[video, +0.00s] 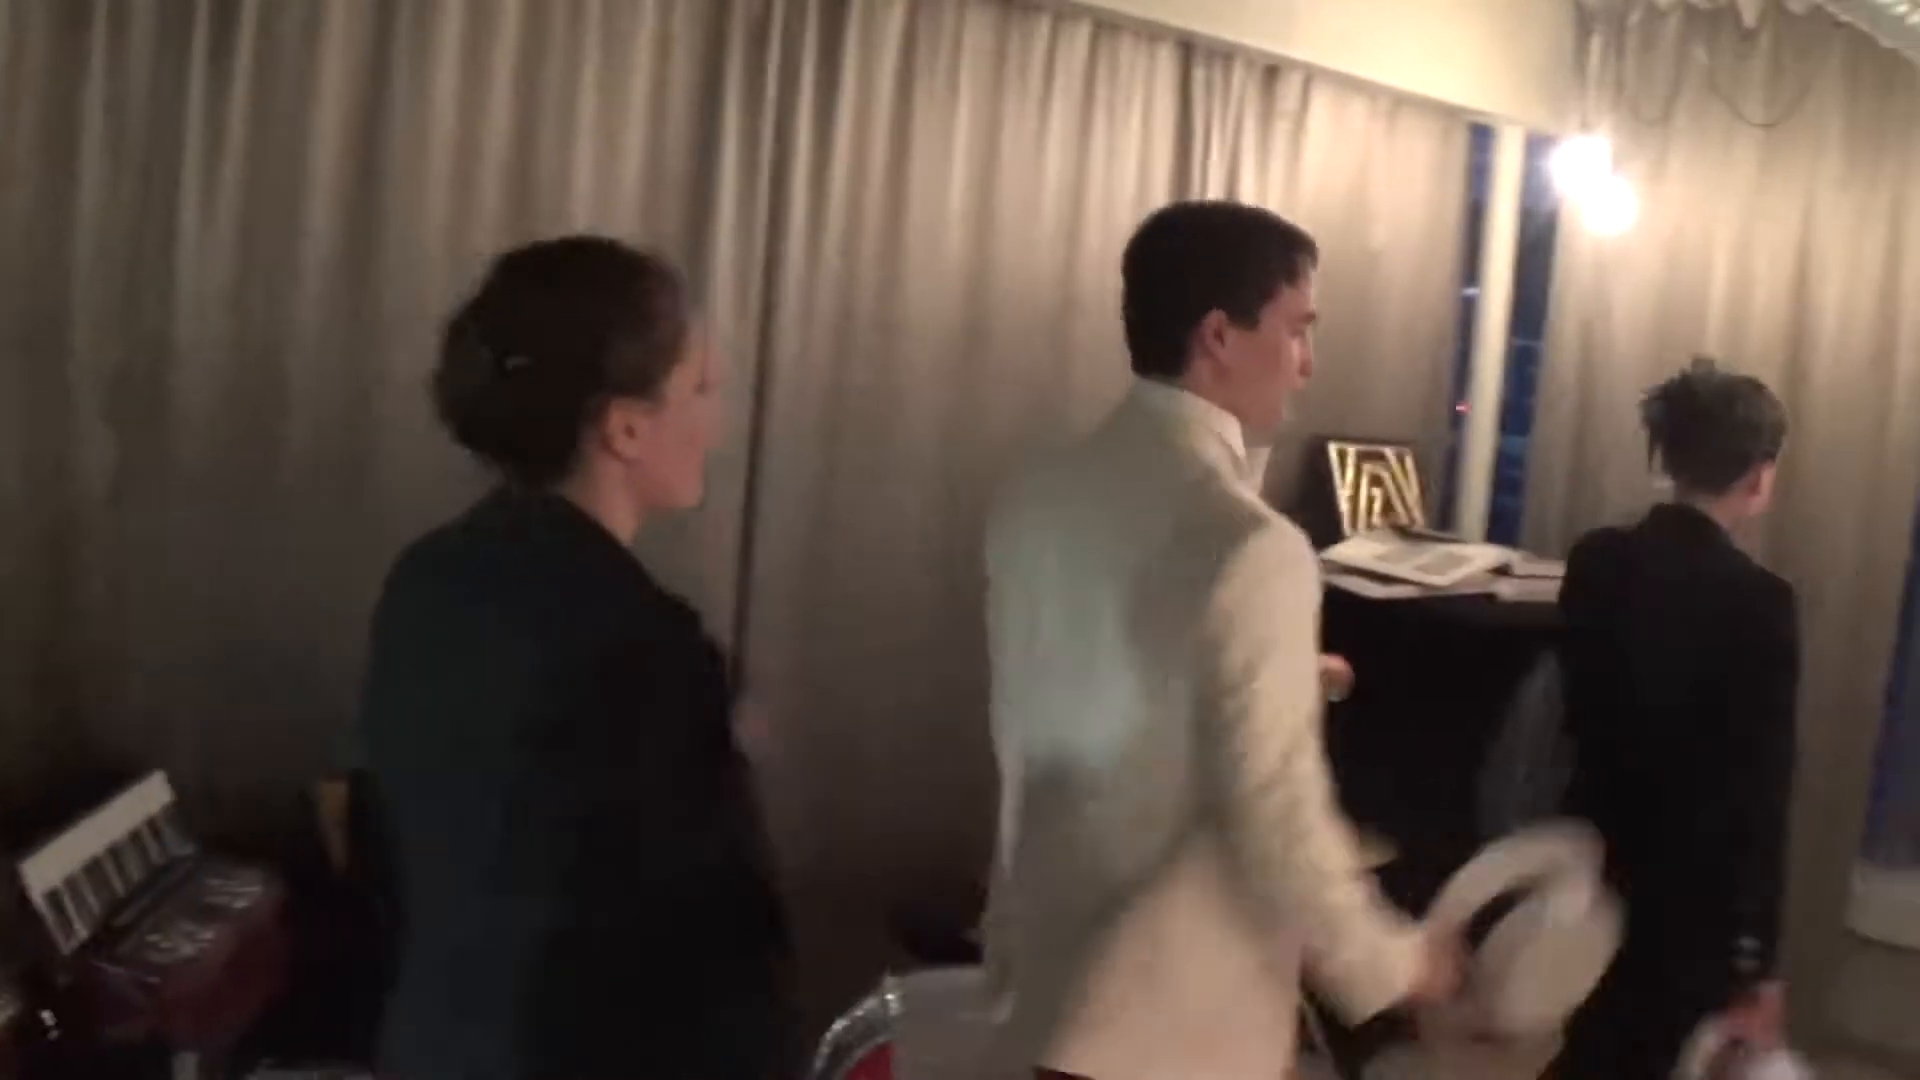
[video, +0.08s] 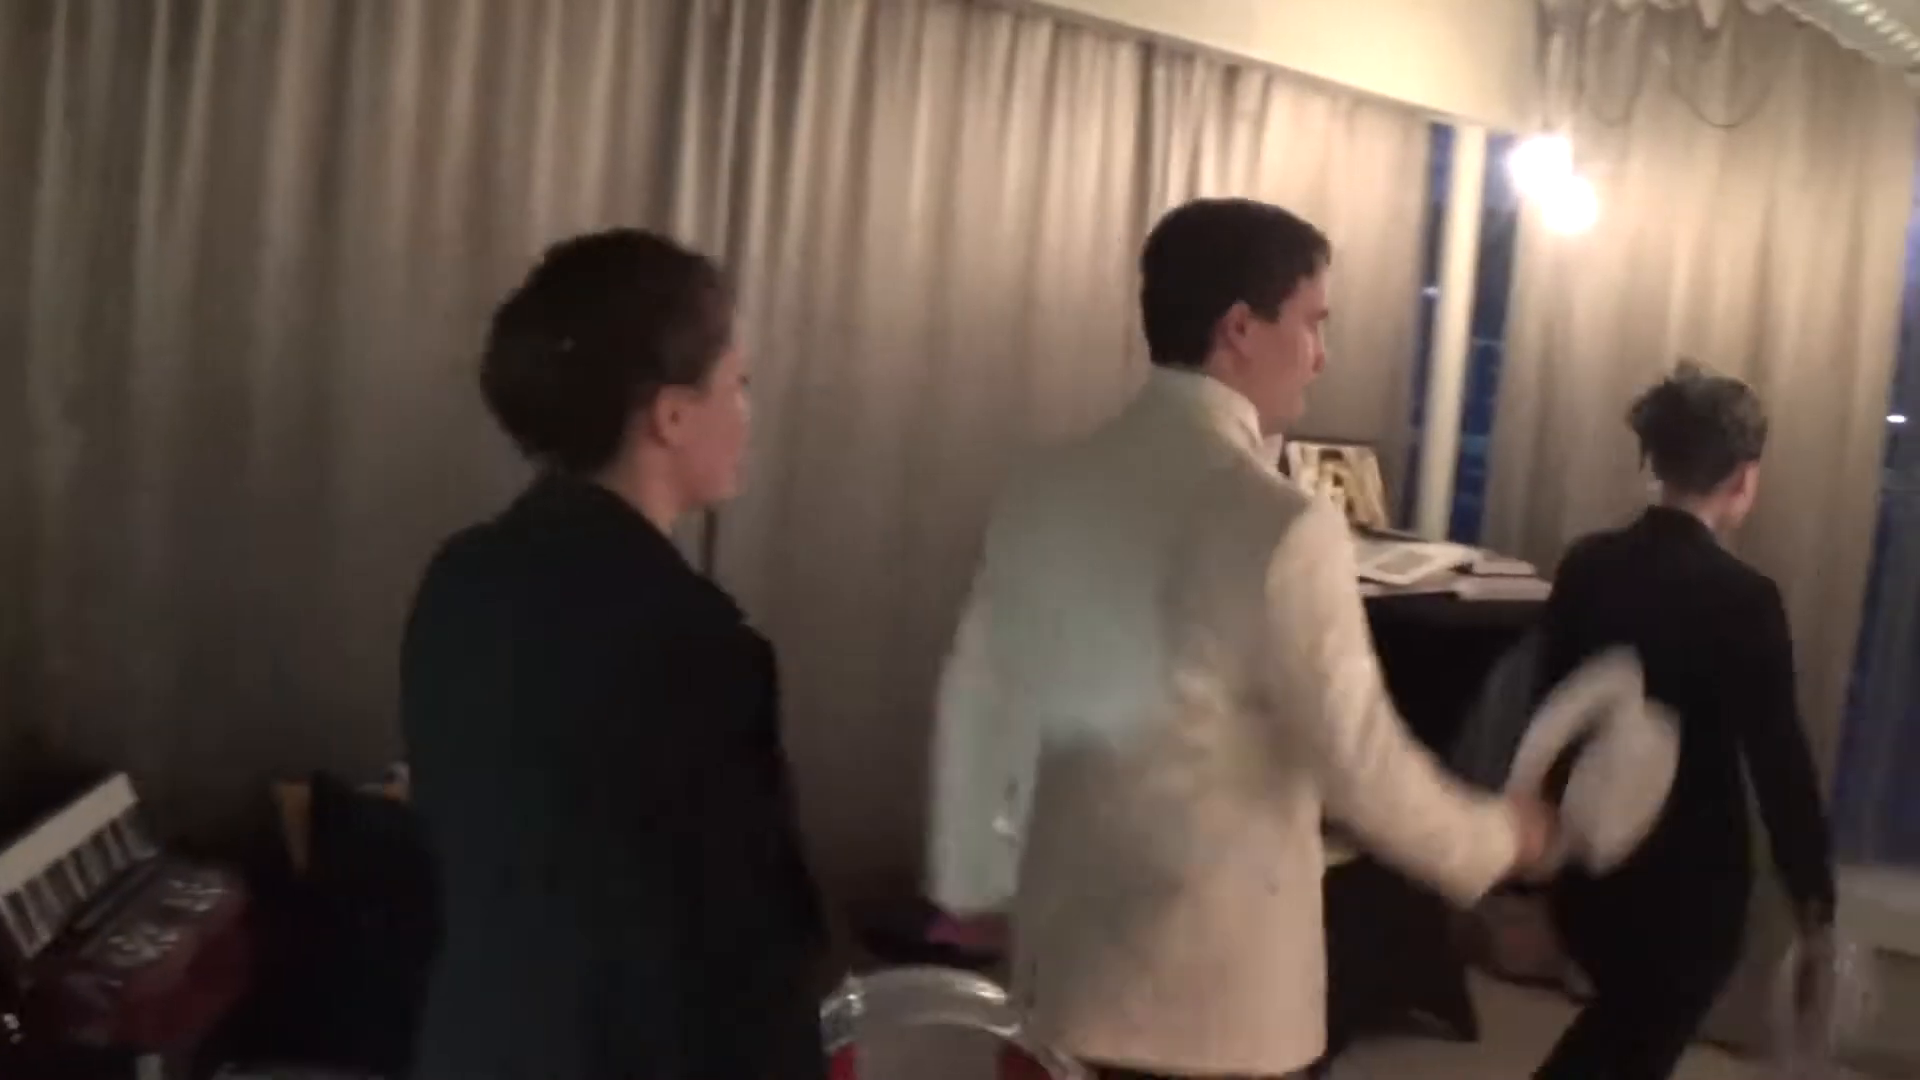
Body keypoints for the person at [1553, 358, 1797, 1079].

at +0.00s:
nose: (1771, 484)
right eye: (1773, 468)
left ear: (1667, 457)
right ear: (1761, 479)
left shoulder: (1595, 560)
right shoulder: (1760, 600)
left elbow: (1579, 719)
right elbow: (1763, 793)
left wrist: (1589, 844)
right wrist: (1759, 961)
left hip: (1604, 844)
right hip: (1703, 863)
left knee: (1600, 1023)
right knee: (1649, 1041)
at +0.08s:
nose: (1757, 486)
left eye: (1754, 467)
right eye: (1758, 470)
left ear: (1655, 462)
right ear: (1742, 478)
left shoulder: (1587, 563)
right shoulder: (1742, 598)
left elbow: (1549, 717)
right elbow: (1777, 759)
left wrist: (1535, 846)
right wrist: (1813, 898)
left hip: (1587, 859)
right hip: (1693, 873)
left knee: (1616, 1023)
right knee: (1642, 1048)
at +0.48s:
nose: (1666, 473)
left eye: (1662, 457)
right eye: (1665, 458)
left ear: (1578, 455)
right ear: (1653, 465)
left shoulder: (1526, 552)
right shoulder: (1673, 569)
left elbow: (1478, 694)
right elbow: (1710, 697)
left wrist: (1447, 822)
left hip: (1528, 805)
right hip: (1620, 814)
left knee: (1558, 1002)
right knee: (1614, 1010)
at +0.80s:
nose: (1664, 463)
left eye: (1665, 450)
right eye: (1665, 450)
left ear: (1585, 441)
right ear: (1650, 455)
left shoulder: (1526, 516)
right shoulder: (1652, 543)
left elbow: (1532, 606)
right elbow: (1637, 659)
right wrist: (1616, 759)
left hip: (1519, 742)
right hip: (1604, 762)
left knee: (1508, 957)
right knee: (1577, 959)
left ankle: (1489, 1065)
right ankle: (1549, 1068)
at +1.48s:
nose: (1627, 434)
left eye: (1631, 419)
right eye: (1612, 418)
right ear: (1562, 417)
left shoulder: (1569, 497)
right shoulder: (1546, 507)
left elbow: (1565, 634)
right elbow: (1571, 667)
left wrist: (1627, 637)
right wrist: (1649, 666)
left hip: (1546, 721)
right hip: (1534, 731)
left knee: (1542, 893)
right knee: (1562, 906)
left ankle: (1473, 1024)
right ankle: (1447, 1032)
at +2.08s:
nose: (1495, 362)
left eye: (1501, 345)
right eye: (1482, 341)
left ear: (1492, 340)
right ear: (1432, 328)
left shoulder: (1457, 418)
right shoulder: (1389, 398)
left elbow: (1470, 495)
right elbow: (1375, 482)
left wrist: (1524, 487)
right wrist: (1436, 439)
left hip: (1415, 654)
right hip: (1362, 652)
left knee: (1492, 828)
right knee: (1390, 856)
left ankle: (1379, 958)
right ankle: (1273, 1033)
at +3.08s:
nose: (1504, 278)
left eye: (1504, 263)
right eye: (1488, 264)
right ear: (1435, 270)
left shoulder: (1468, 357)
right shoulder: (1396, 356)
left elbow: (1490, 472)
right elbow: (1369, 484)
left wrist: (1553, 420)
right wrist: (1421, 504)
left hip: (1416, 589)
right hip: (1365, 589)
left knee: (1401, 766)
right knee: (1437, 775)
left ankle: (1324, 911)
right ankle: (1294, 899)